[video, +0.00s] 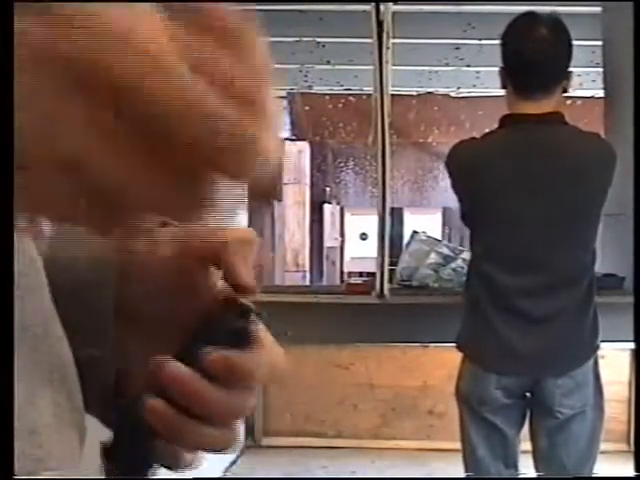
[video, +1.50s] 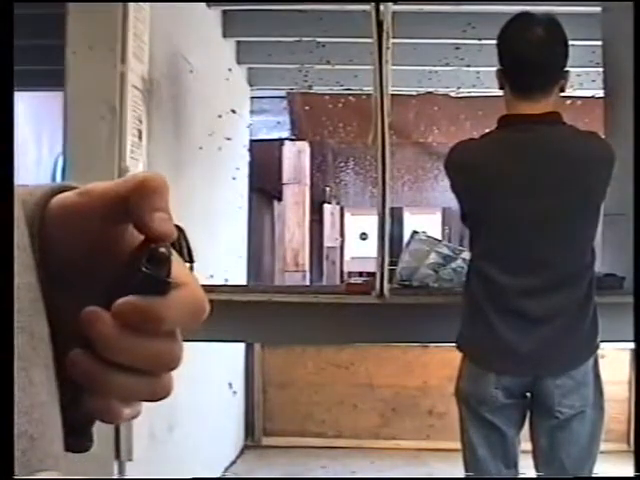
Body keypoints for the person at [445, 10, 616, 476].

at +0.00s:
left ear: (502, 77)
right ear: (567, 81)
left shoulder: (466, 159)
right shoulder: (598, 156)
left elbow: (478, 219)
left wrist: (526, 126)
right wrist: (548, 119)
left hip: (491, 356)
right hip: (568, 358)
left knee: (489, 472)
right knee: (568, 472)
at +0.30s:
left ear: (501, 79)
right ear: (565, 80)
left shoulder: (465, 159)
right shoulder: (596, 155)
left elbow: (481, 220)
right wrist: (549, 117)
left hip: (490, 356)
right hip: (568, 358)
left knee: (489, 472)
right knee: (568, 472)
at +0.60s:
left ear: (501, 79)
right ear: (566, 80)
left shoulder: (465, 159)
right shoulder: (596, 155)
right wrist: (549, 116)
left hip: (490, 357)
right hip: (568, 359)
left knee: (488, 472)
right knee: (568, 472)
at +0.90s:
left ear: (500, 79)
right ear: (565, 80)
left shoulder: (465, 160)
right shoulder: (596, 155)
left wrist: (534, 120)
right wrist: (552, 116)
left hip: (490, 357)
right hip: (568, 358)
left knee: (489, 472)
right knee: (568, 472)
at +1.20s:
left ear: (500, 79)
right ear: (565, 79)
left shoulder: (465, 160)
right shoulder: (596, 155)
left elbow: (481, 221)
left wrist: (532, 122)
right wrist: (551, 117)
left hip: (490, 358)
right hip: (568, 359)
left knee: (489, 472)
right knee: (568, 472)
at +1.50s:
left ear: (500, 78)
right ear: (564, 79)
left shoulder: (465, 160)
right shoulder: (596, 155)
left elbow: (482, 219)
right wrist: (551, 113)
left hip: (490, 357)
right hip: (569, 358)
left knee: (489, 472)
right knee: (567, 472)